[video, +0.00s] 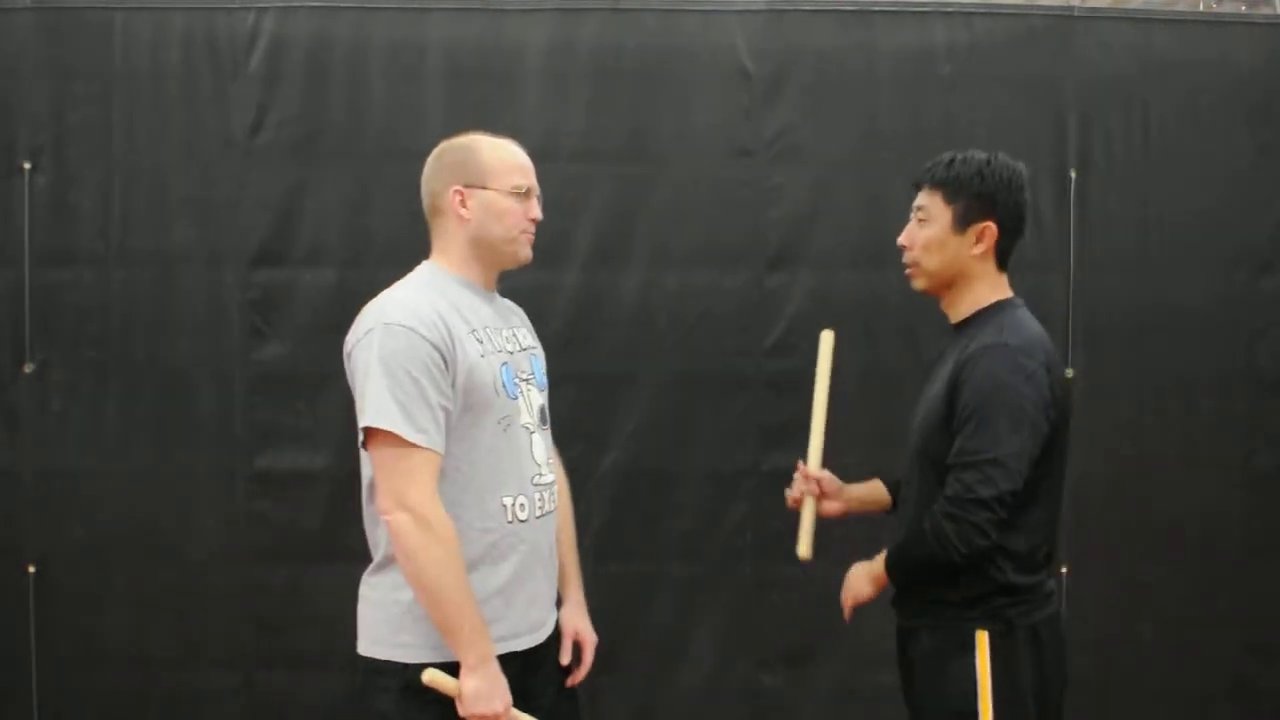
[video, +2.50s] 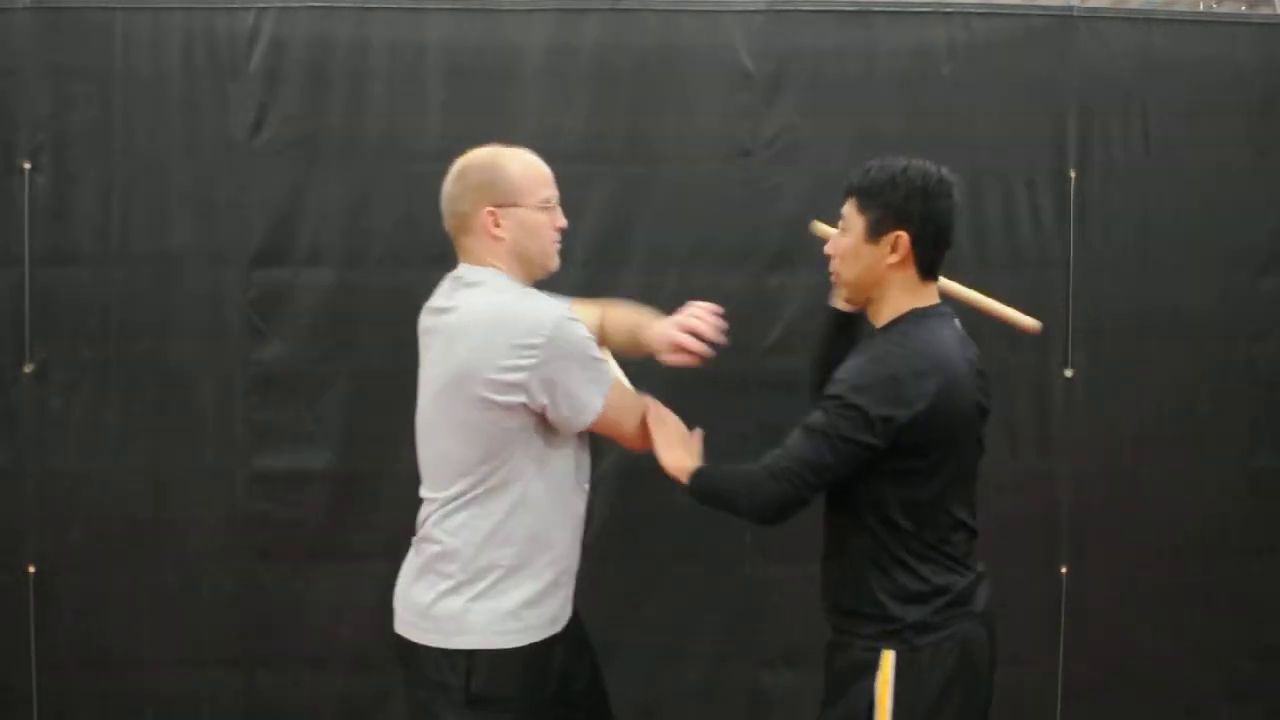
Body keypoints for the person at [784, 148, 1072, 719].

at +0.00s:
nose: (902, 239)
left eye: (921, 220)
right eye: (909, 220)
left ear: (981, 238)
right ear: (978, 240)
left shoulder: (1005, 354)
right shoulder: (977, 344)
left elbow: (970, 520)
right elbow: (943, 478)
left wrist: (882, 569)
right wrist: (849, 497)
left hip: (986, 640)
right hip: (959, 633)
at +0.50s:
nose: (904, 246)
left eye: (918, 230)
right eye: (908, 229)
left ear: (974, 242)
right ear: (970, 245)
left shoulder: (967, 352)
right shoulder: (1001, 334)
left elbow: (860, 469)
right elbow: (873, 388)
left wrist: (886, 414)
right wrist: (875, 279)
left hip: (964, 620)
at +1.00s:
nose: (874, 239)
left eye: (894, 220)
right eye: (880, 219)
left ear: (957, 238)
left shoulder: (1005, 367)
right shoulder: (873, 351)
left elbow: (922, 507)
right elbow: (740, 356)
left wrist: (839, 469)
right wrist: (688, 259)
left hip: (961, 657)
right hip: (877, 649)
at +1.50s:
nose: (857, 241)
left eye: (880, 222)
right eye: (862, 223)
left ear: (940, 240)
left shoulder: (990, 366)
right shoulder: (851, 356)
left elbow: (943, 453)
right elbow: (772, 448)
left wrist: (833, 421)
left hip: (944, 647)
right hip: (856, 640)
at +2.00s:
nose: (858, 244)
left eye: (877, 227)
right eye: (866, 226)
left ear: (935, 246)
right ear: (933, 248)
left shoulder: (954, 338)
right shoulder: (896, 341)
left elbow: (792, 296)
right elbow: (772, 390)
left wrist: (804, 240)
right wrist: (714, 297)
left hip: (908, 641)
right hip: (869, 635)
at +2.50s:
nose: (830, 245)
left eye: (844, 230)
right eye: (838, 227)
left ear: (894, 248)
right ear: (900, 250)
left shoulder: (891, 368)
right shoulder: (946, 341)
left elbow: (774, 491)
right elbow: (832, 404)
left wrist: (691, 472)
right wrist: (851, 295)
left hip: (894, 652)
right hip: (942, 633)